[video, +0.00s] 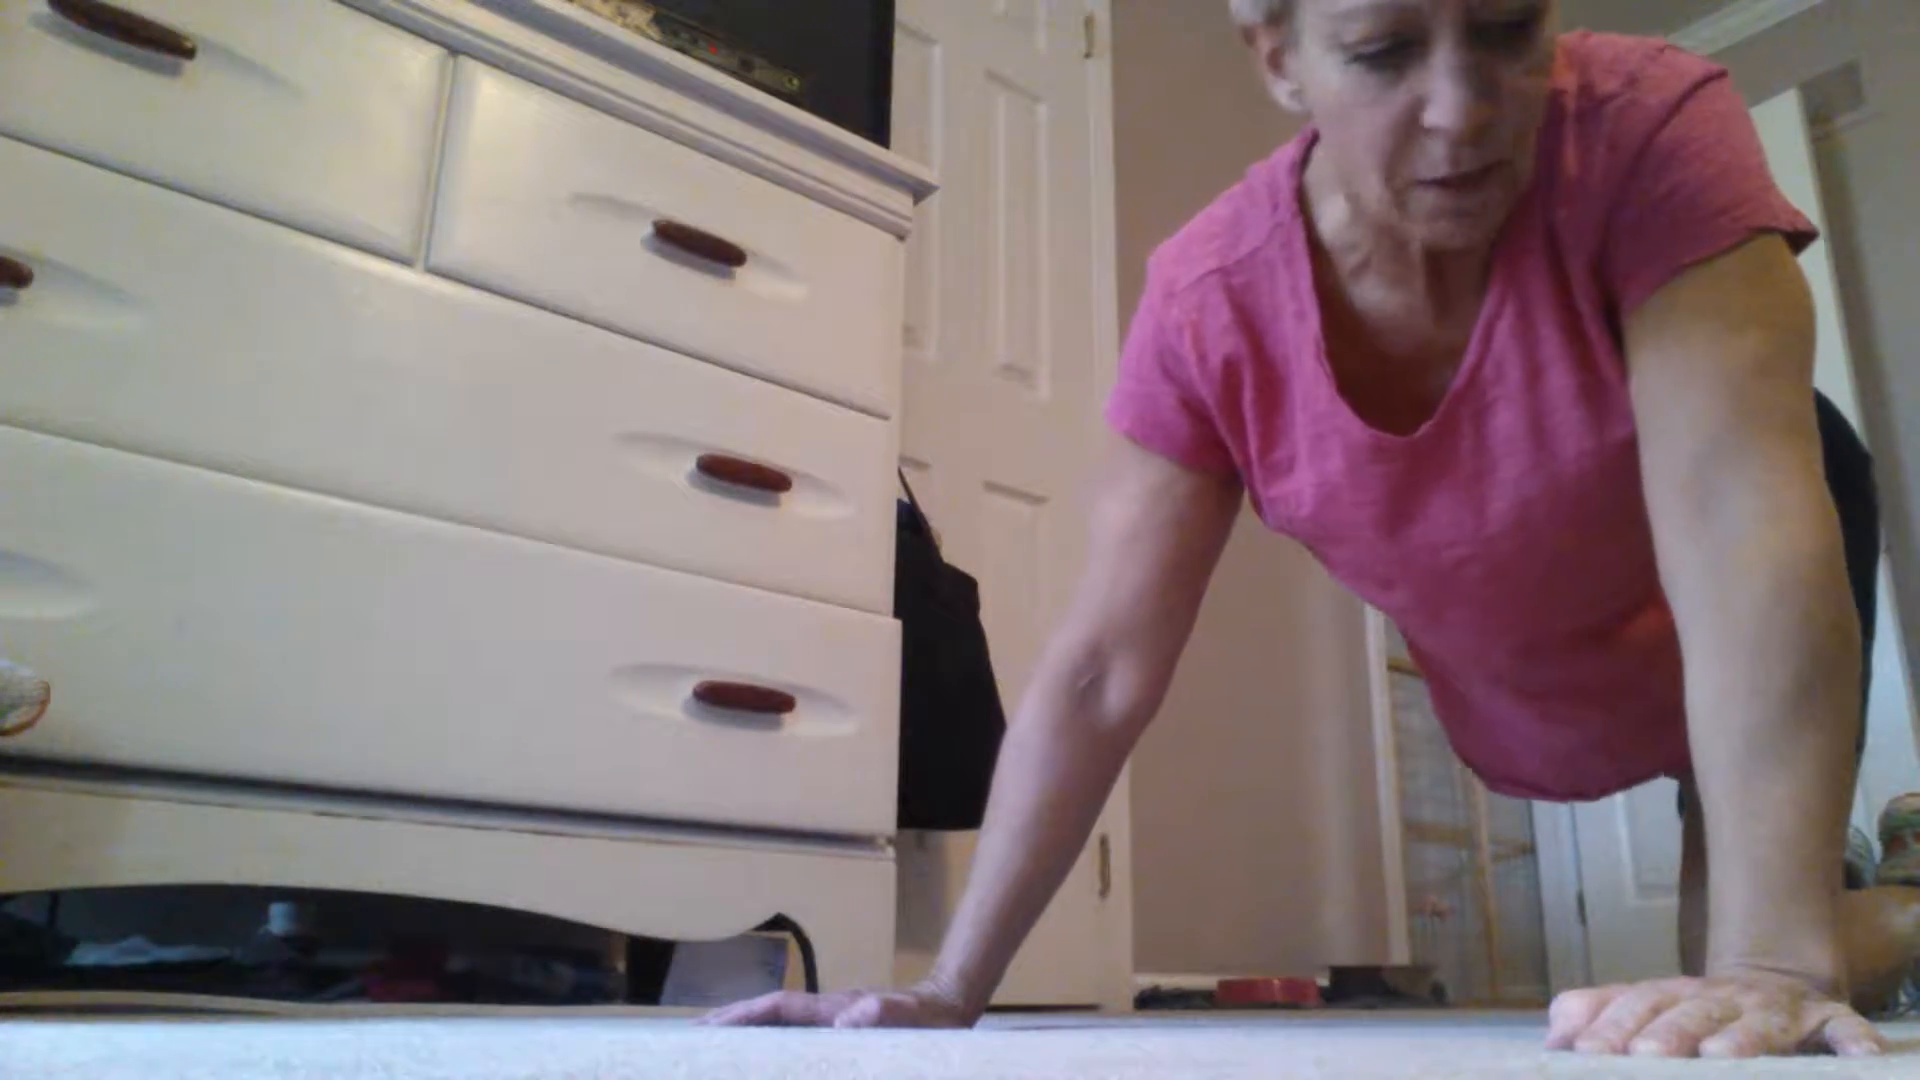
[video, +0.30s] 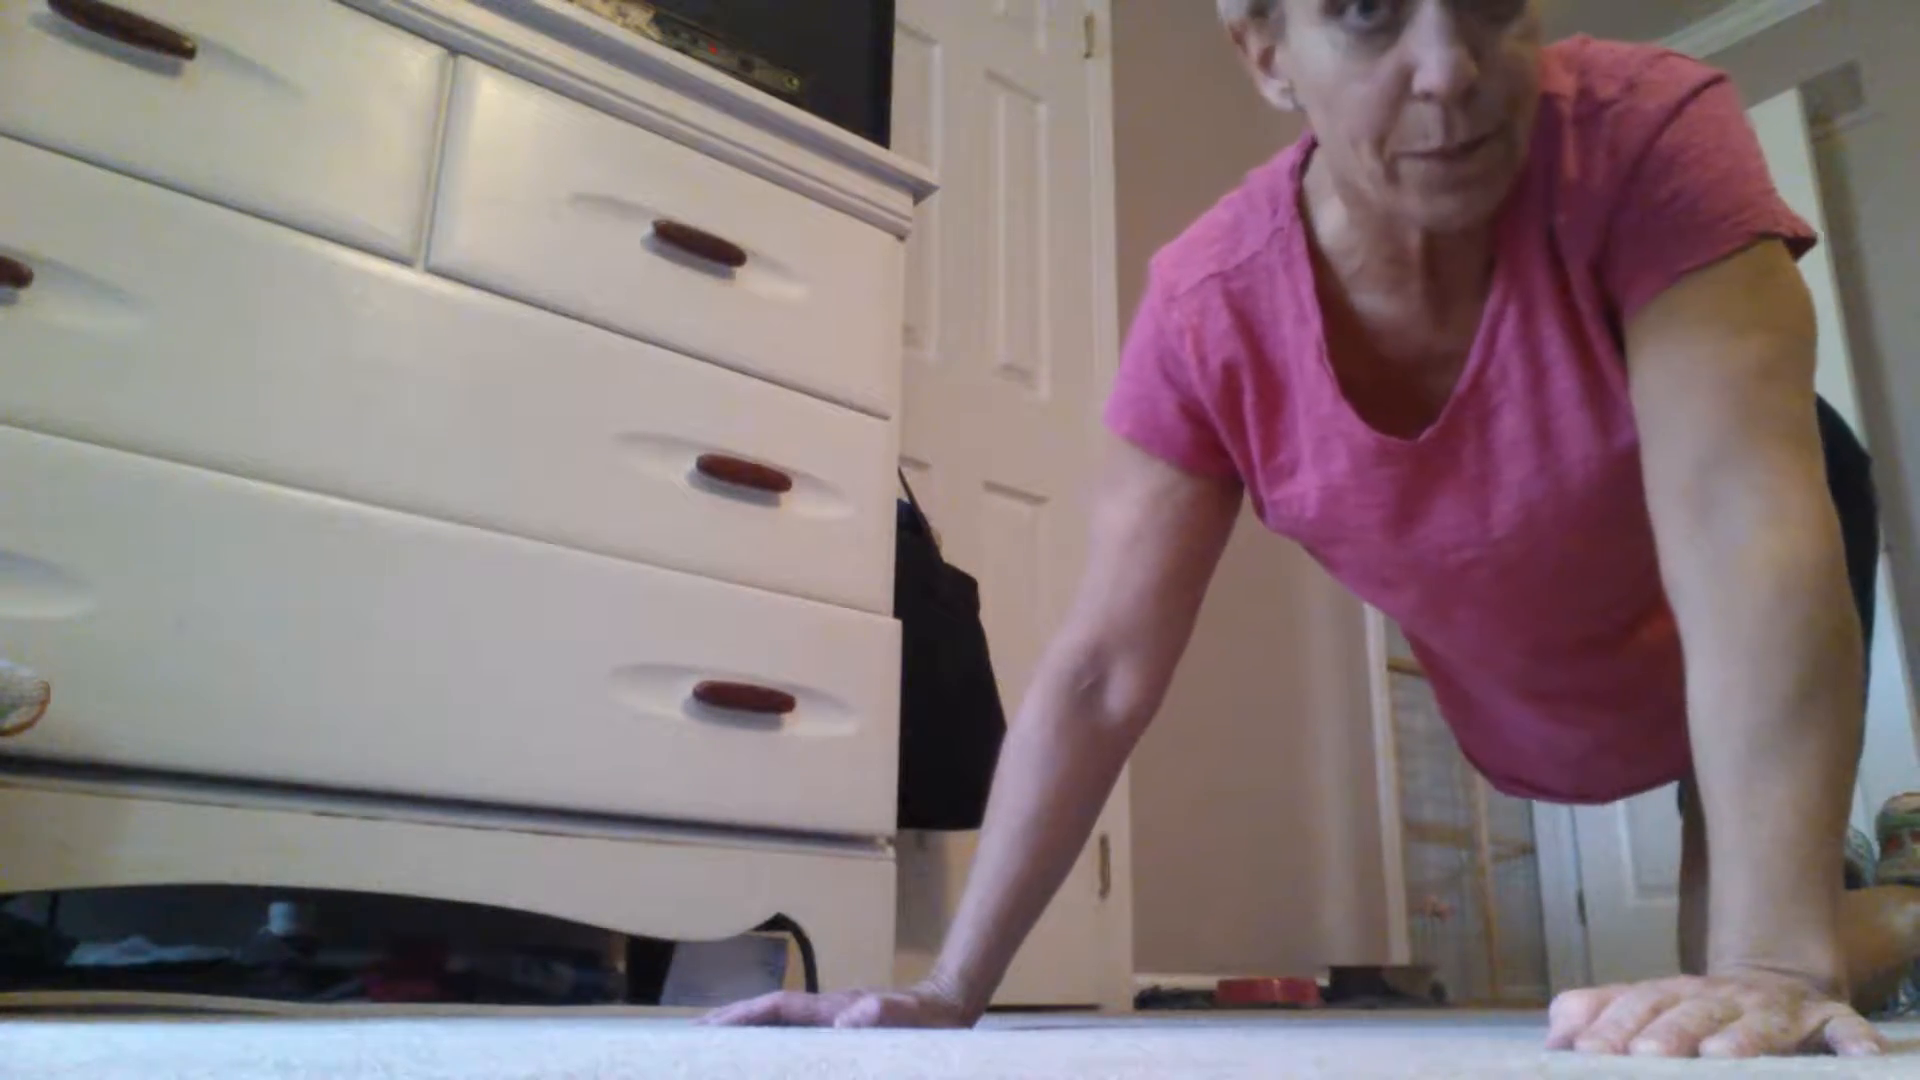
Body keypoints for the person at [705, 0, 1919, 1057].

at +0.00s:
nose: (1458, 113)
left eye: (1503, 38)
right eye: (1385, 53)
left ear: (1552, 28)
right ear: (1275, 61)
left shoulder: (1654, 127)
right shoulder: (1213, 295)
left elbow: (1745, 515)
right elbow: (1098, 674)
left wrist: (1771, 963)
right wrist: (955, 979)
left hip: (1752, 576)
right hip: (1560, 674)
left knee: (1775, 929)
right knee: (1762, 927)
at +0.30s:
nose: (1445, 72)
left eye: (1484, 12)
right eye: (1372, 25)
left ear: (1538, 21)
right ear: (1267, 61)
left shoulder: (1653, 132)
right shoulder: (1215, 302)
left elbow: (1750, 521)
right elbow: (1099, 676)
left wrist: (1773, 963)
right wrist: (955, 979)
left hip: (1758, 580)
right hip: (1566, 692)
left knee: (1782, 929)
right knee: (1766, 925)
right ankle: (1871, 914)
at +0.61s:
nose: (1396, 117)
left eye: (1442, 45)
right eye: (1326, 58)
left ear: (1502, 32)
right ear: (1233, 68)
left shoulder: (1628, 139)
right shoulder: (1197, 310)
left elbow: (1739, 523)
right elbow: (1091, 681)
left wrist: (1769, 969)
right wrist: (954, 981)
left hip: (1744, 582)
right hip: (1547, 684)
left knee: (1782, 927)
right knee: (1764, 926)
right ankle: (1871, 917)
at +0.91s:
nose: (1377, 110)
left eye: (1427, 38)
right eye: (1307, 52)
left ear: (1494, 36)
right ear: (1223, 75)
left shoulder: (1617, 141)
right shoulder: (1192, 315)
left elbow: (1735, 524)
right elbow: (1090, 681)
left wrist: (1769, 968)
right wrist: (954, 982)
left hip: (1747, 577)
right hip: (1552, 684)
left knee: (1784, 932)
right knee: (1765, 924)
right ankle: (1871, 904)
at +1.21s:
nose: (1367, 120)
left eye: (1412, 45)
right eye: (1298, 62)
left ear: (1480, 45)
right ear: (1211, 83)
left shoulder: (1602, 149)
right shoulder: (1183, 315)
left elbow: (1723, 526)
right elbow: (1085, 685)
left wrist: (1768, 961)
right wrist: (954, 982)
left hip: (1737, 567)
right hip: (1541, 680)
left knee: (1786, 909)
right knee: (1777, 898)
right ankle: (1884, 931)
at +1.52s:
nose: (1350, 169)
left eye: (1394, 87)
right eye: (1280, 112)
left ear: (1466, 62)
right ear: (1205, 118)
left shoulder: (1586, 167)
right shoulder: (1177, 327)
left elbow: (1718, 536)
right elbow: (1081, 688)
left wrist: (1766, 966)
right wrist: (954, 982)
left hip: (1732, 600)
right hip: (1542, 707)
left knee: (1784, 942)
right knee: (1773, 933)